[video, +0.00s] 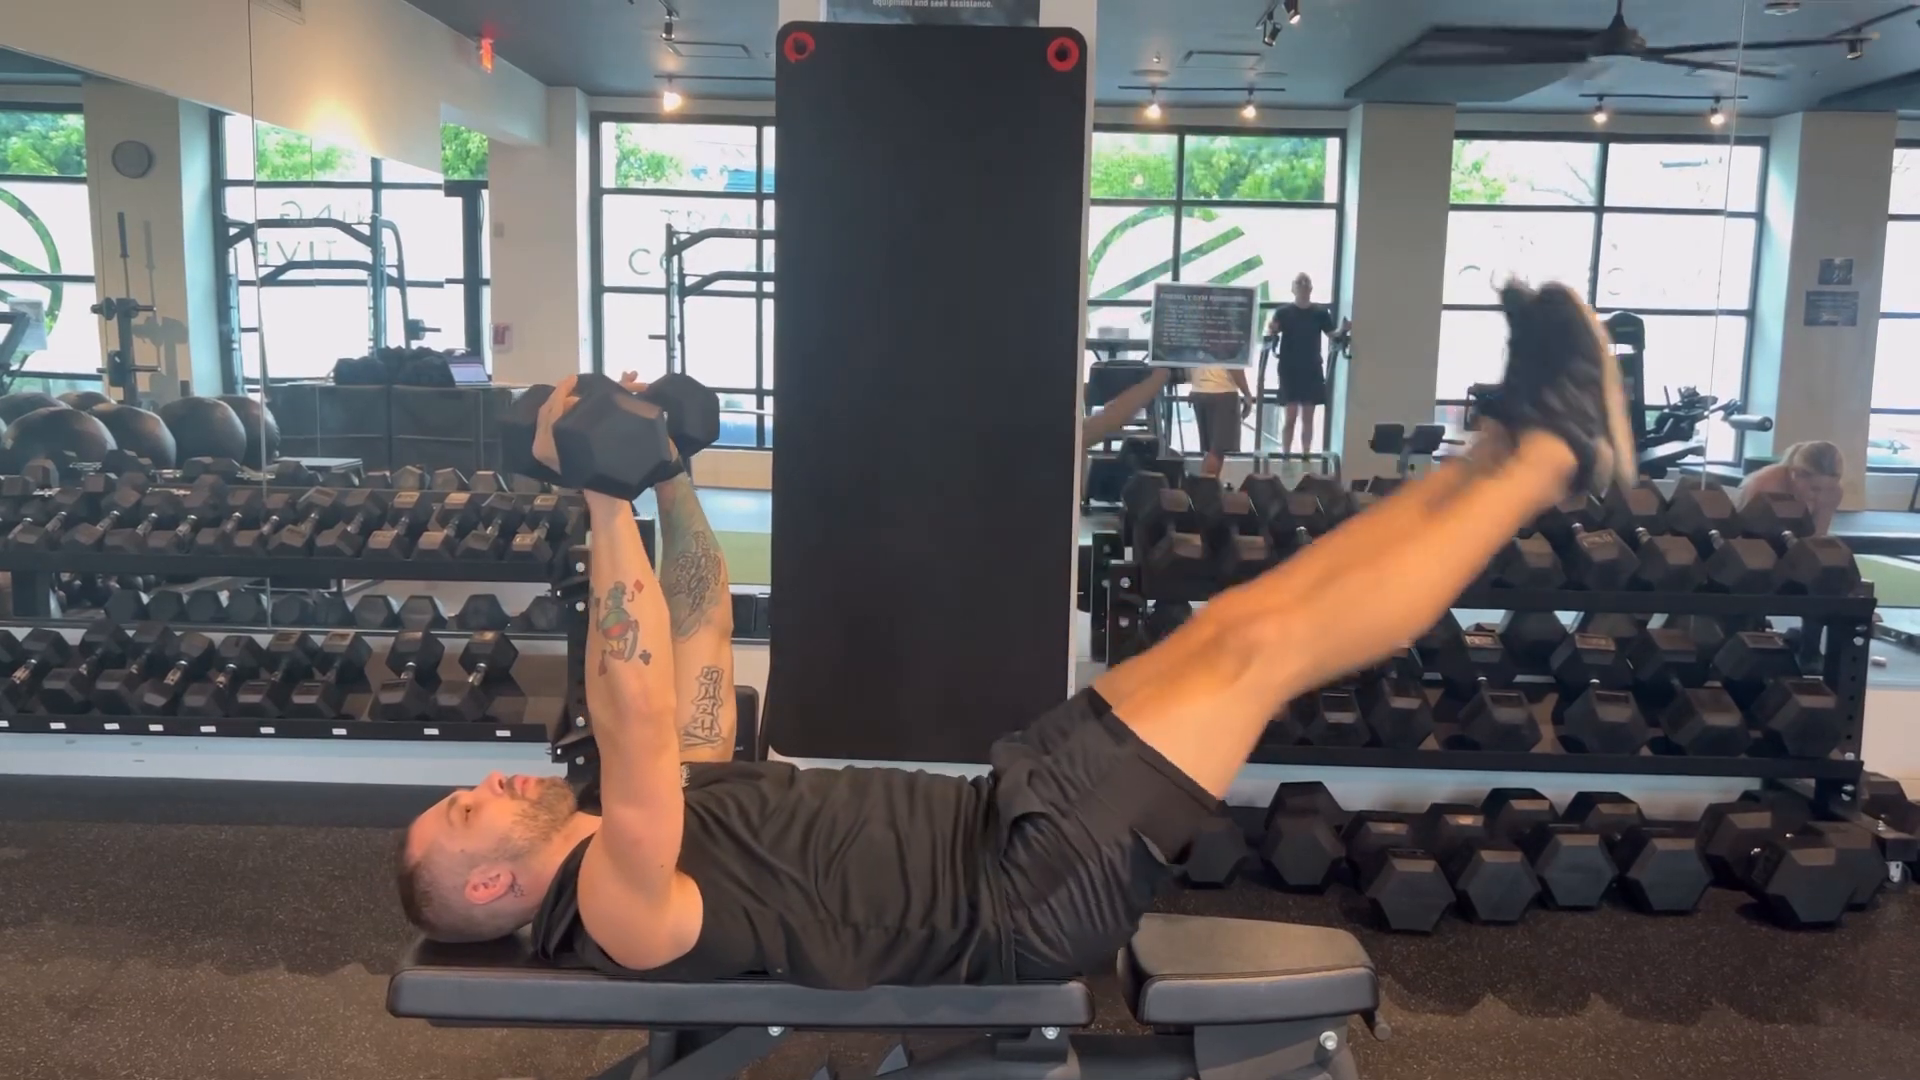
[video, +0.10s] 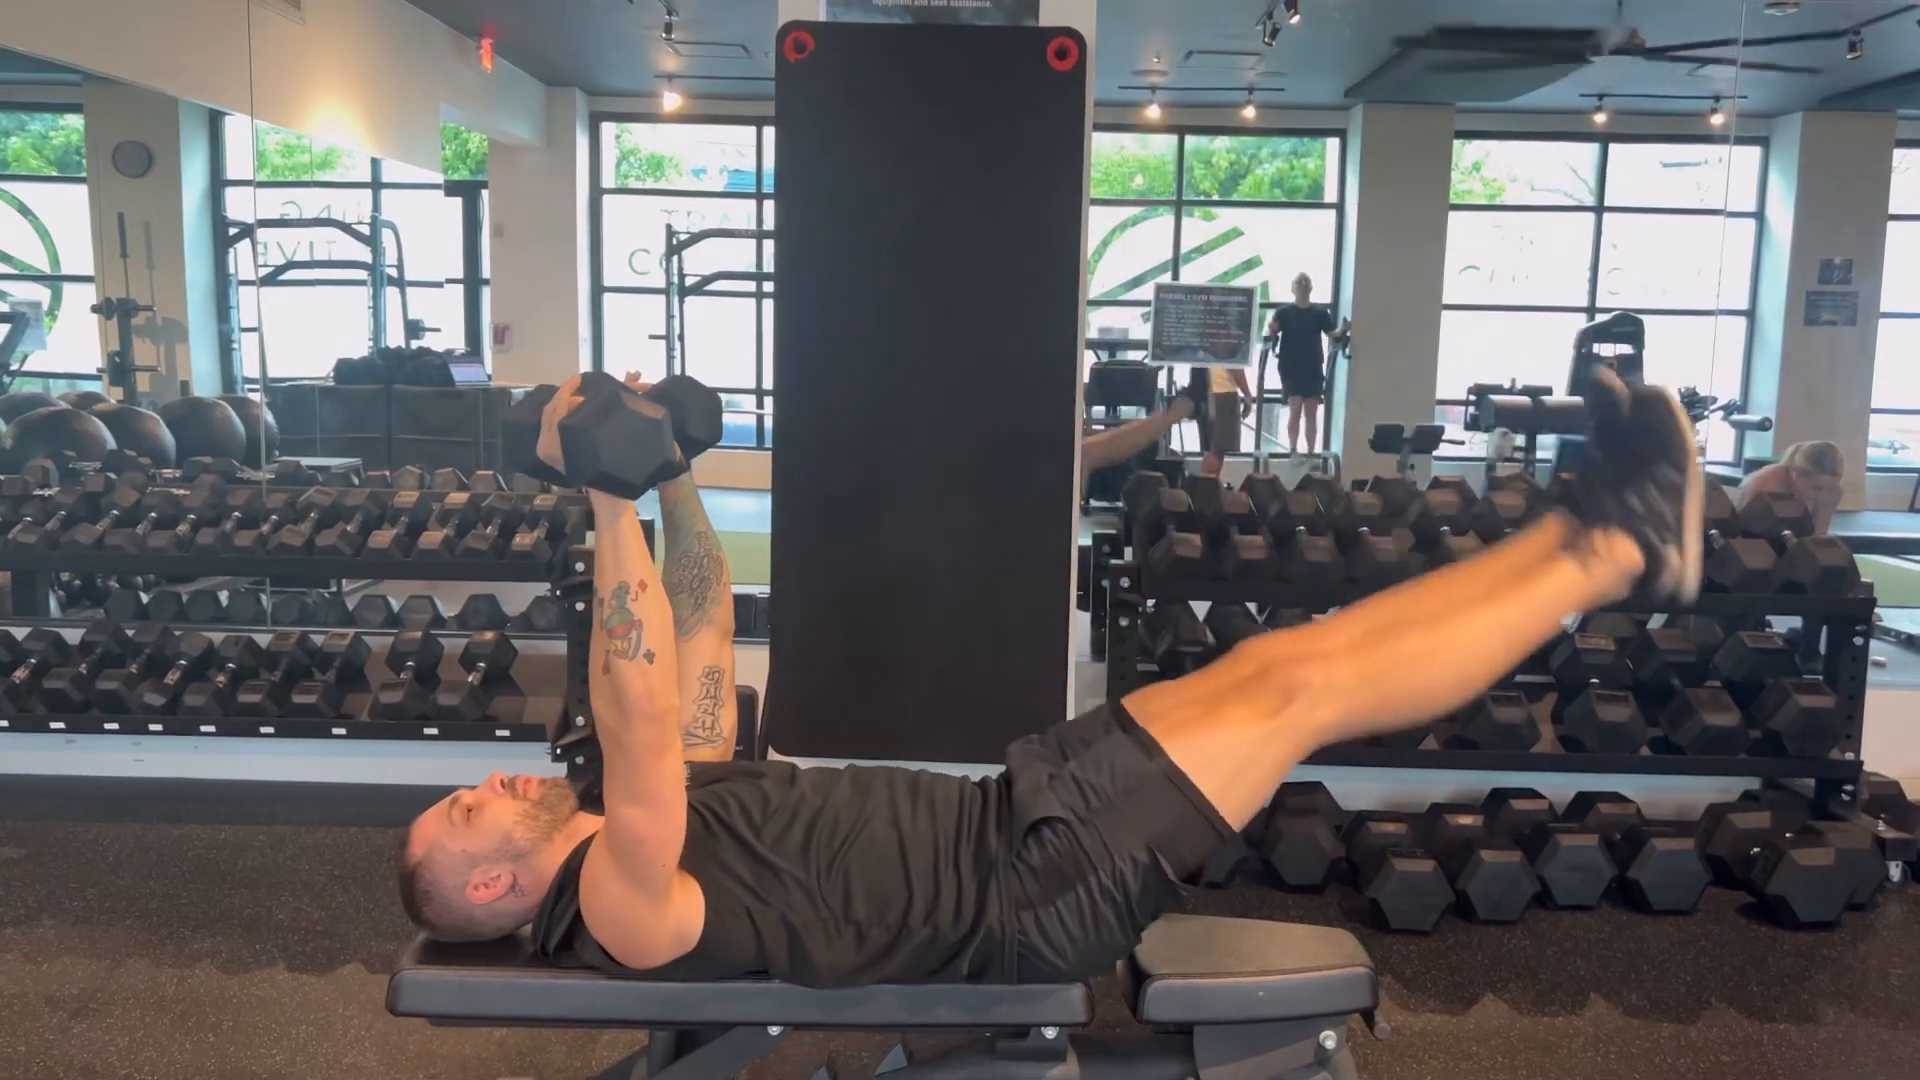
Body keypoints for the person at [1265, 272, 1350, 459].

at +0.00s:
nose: (1303, 291)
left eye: (1306, 288)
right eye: (1300, 287)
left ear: (1311, 289)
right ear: (1293, 289)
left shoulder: (1320, 313)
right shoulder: (1284, 313)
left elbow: (1332, 336)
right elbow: (1271, 335)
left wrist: (1343, 330)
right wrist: (1272, 331)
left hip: (1312, 367)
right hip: (1289, 367)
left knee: (1308, 416)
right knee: (1291, 415)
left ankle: (1306, 455)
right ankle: (1285, 455)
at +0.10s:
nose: (1303, 291)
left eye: (1306, 287)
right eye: (1300, 287)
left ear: (1310, 289)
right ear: (1293, 289)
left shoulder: (1319, 312)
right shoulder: (1284, 313)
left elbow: (1332, 335)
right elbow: (1270, 336)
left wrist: (1343, 330)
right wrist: (1271, 331)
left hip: (1313, 364)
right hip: (1290, 364)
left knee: (1311, 408)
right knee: (1296, 406)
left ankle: (1311, 452)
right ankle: (1293, 450)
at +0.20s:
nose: (1303, 288)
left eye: (1306, 284)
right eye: (1299, 284)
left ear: (1310, 287)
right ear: (1293, 288)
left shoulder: (1320, 311)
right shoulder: (1284, 312)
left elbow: (1332, 334)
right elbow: (1271, 332)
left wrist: (1343, 328)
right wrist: (1271, 329)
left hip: (1314, 358)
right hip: (1291, 357)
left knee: (1319, 393)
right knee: (1299, 381)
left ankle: (1323, 435)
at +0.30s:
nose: (1303, 285)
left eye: (1306, 282)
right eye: (1299, 282)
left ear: (1310, 286)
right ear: (1292, 286)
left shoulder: (1320, 310)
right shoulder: (1283, 311)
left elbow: (1332, 334)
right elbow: (1272, 336)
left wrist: (1342, 329)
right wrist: (1272, 329)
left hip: (1314, 358)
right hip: (1289, 359)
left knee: (1323, 357)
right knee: (1301, 353)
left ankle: (1330, 391)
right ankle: (1309, 396)